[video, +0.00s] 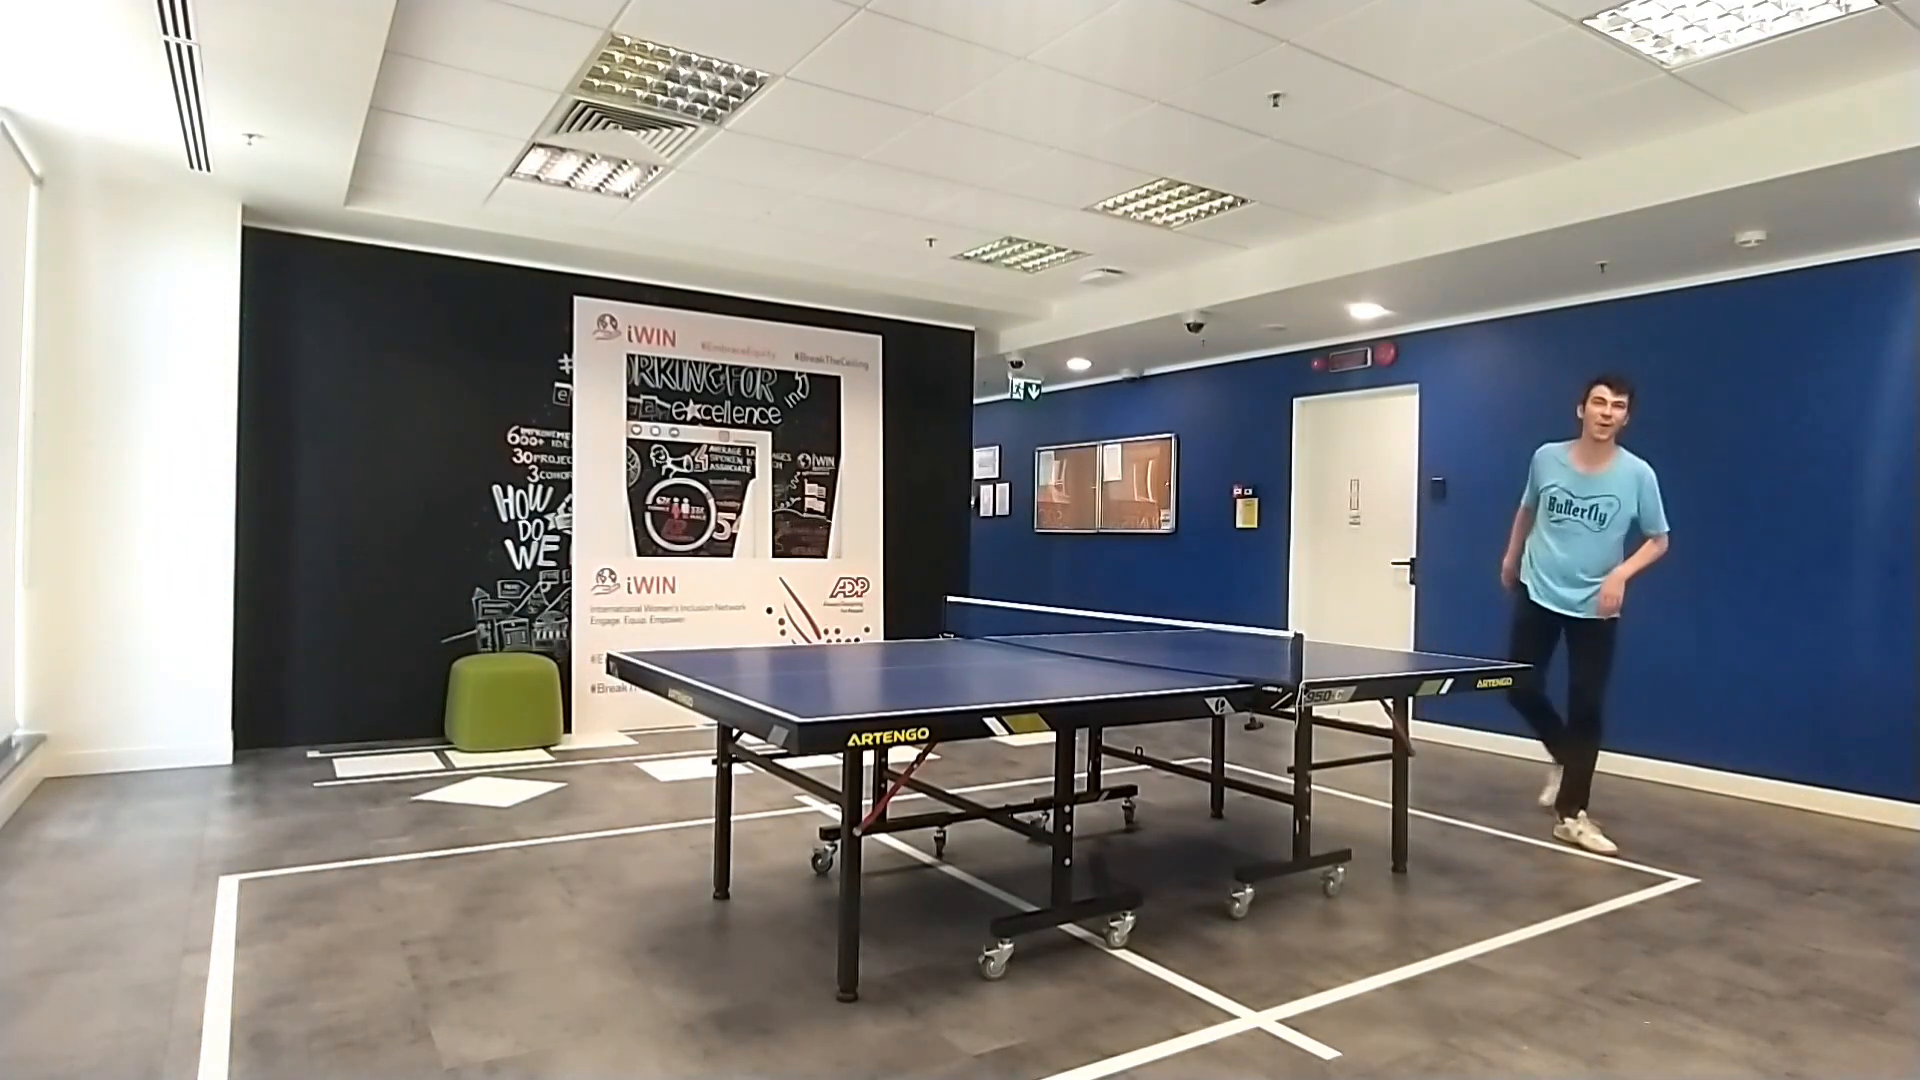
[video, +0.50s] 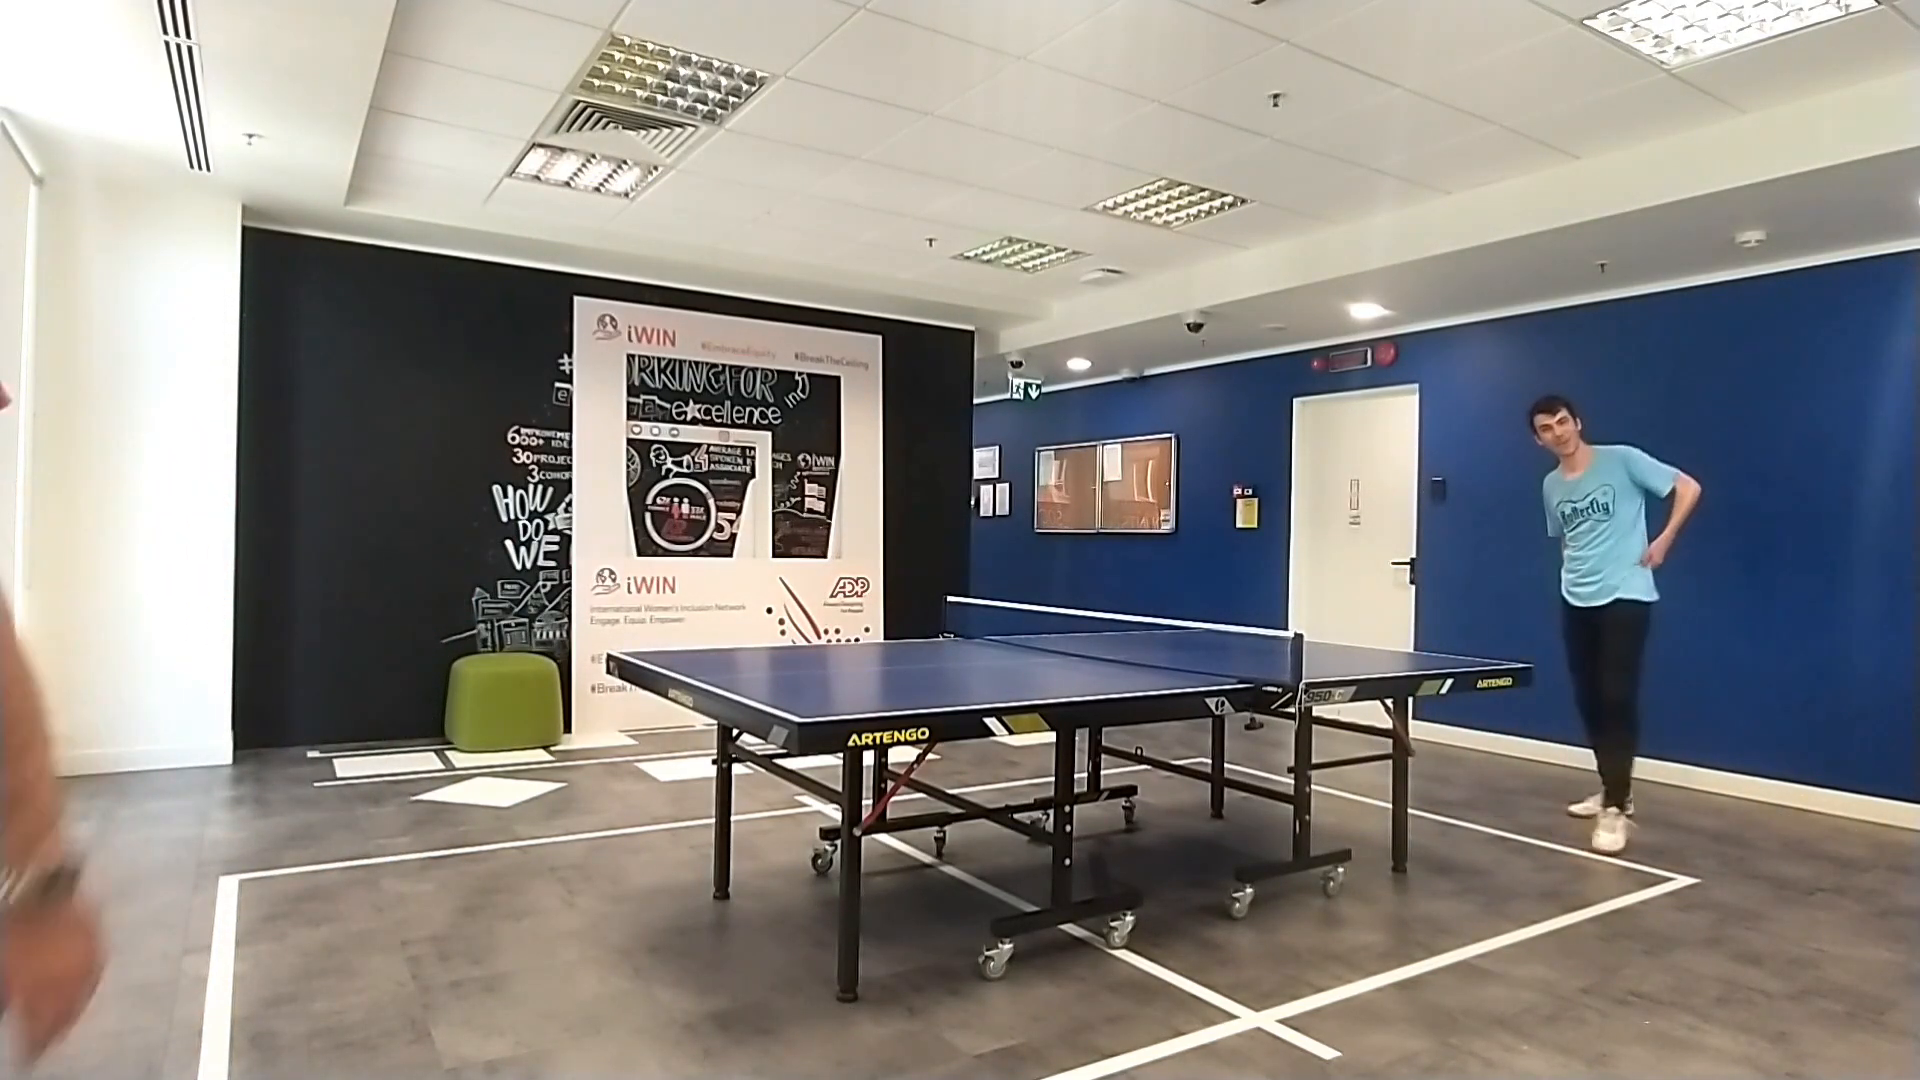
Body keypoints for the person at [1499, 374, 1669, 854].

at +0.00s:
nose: (1607, 412)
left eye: (1616, 406)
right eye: (1599, 403)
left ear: (1626, 418)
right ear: (1581, 409)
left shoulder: (1638, 474)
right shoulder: (1547, 458)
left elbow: (1658, 540)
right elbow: (1527, 510)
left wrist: (1620, 575)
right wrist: (1512, 555)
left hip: (1594, 606)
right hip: (1538, 594)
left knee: (1586, 708)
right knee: (1520, 687)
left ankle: (1572, 813)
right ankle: (1567, 756)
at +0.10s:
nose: (1599, 411)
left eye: (1608, 404)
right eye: (1591, 402)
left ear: (1617, 414)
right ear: (1574, 409)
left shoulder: (1636, 469)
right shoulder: (1548, 462)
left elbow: (1669, 530)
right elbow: (1534, 520)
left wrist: (1630, 567)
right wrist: (1523, 566)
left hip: (1601, 610)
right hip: (1546, 600)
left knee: (1589, 708)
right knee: (1540, 696)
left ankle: (1572, 813)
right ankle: (1584, 758)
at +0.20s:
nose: (1587, 414)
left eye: (1596, 408)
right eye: (1579, 407)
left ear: (1607, 416)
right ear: (1563, 415)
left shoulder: (1631, 466)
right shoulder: (1548, 469)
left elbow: (1679, 518)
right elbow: (1544, 532)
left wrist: (1643, 559)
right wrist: (1535, 589)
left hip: (1605, 607)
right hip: (1554, 603)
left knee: (1589, 705)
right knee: (1556, 700)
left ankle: (1572, 814)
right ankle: (1603, 775)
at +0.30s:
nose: (1575, 421)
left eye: (1582, 412)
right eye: (1565, 414)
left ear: (1595, 418)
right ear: (1553, 423)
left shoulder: (1627, 464)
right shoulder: (1549, 477)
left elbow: (1686, 507)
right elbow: (1552, 538)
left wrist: (1654, 552)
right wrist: (1551, 590)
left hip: (1610, 605)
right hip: (1562, 604)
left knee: (1592, 705)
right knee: (1573, 703)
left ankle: (1572, 814)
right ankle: (1612, 785)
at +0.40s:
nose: (1564, 427)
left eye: (1569, 418)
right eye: (1553, 423)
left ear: (1583, 421)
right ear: (1544, 433)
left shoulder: (1624, 462)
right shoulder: (1550, 483)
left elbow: (1687, 499)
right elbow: (1557, 541)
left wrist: (1659, 550)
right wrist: (1567, 580)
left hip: (1618, 601)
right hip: (1570, 603)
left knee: (1599, 700)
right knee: (1584, 701)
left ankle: (1585, 810)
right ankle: (1617, 788)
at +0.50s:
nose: (1556, 431)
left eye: (1560, 421)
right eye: (1546, 428)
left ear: (1576, 422)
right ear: (1540, 440)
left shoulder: (1622, 459)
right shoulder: (1552, 485)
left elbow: (1688, 487)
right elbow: (1564, 542)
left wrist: (1664, 540)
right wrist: (1571, 583)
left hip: (1626, 595)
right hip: (1578, 601)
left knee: (1617, 695)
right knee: (1590, 697)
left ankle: (1617, 809)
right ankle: (1612, 791)